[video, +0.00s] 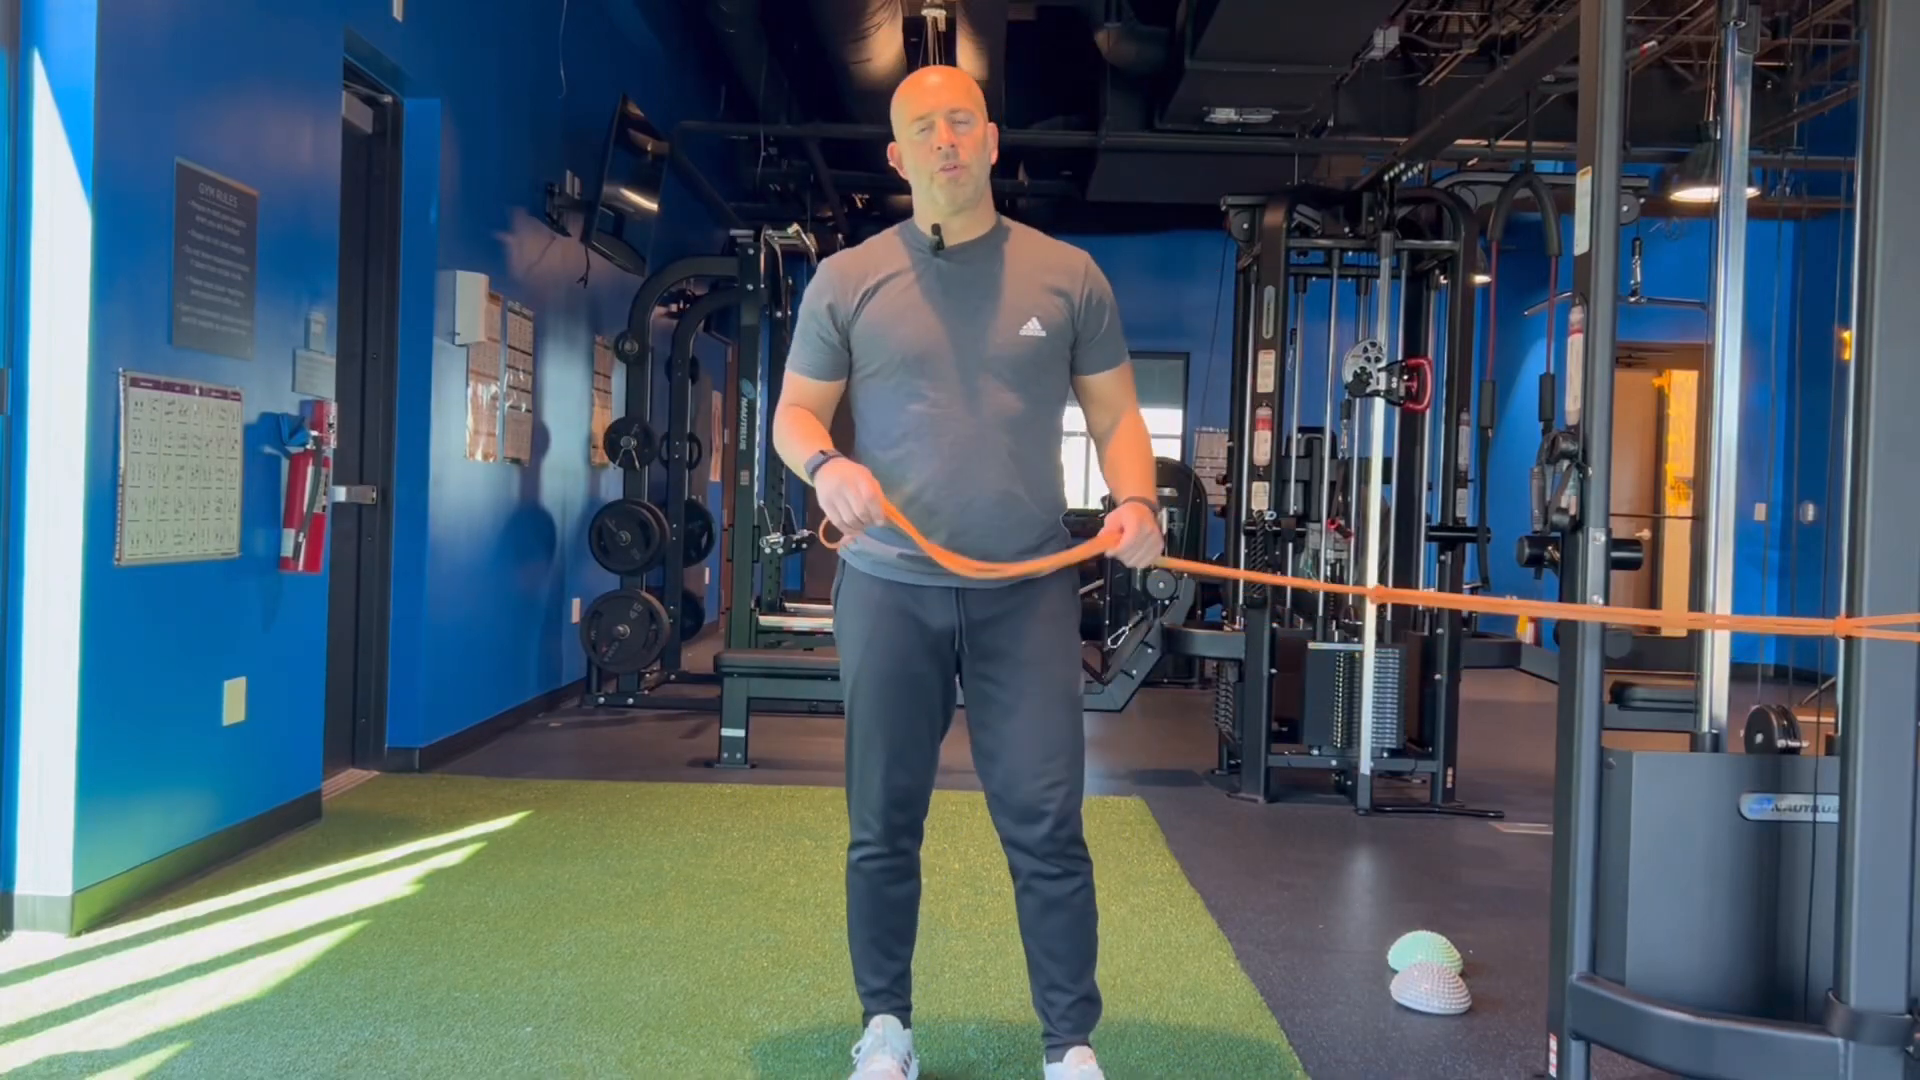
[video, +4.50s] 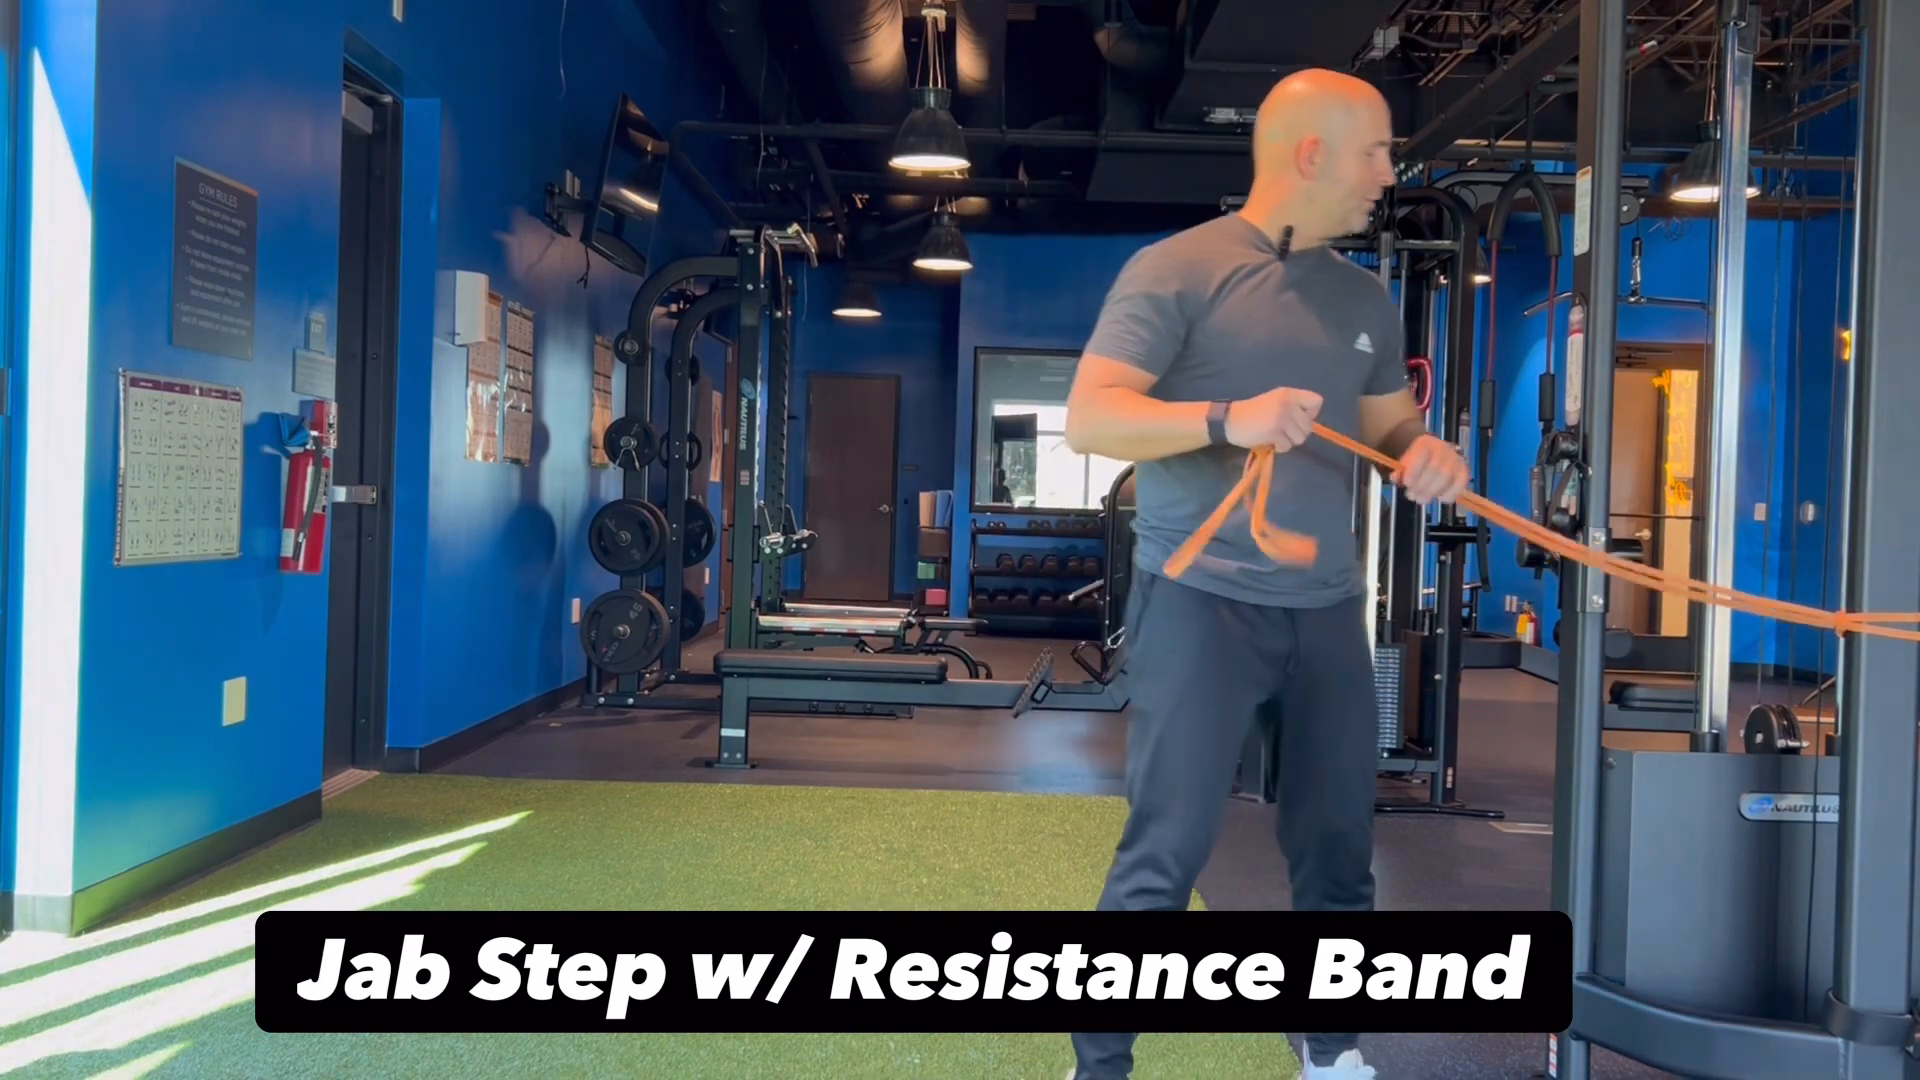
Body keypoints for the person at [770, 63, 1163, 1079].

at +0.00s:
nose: (949, 137)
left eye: (963, 120)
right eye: (926, 124)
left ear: (994, 141)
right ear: (896, 155)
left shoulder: (1068, 277)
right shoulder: (844, 283)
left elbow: (1116, 416)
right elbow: (796, 415)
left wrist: (1137, 500)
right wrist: (825, 464)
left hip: (1030, 592)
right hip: (889, 588)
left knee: (1045, 822)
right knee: (882, 824)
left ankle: (1070, 1041)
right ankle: (884, 1023)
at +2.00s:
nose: (1053, 177)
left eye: (1059, 158)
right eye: (1033, 157)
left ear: (1055, 161)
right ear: (968, 159)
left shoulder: (1088, 279)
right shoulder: (879, 277)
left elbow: (1189, 392)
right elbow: (796, 419)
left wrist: (1213, 350)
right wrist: (861, 446)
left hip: (1061, 593)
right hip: (926, 592)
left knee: (1074, 831)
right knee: (901, 836)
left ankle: (1071, 1044)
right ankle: (883, 1035)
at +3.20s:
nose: (1063, 118)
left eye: (1064, 103)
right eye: (1039, 101)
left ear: (1059, 126)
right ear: (971, 121)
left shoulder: (1074, 270)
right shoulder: (887, 258)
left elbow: (1119, 409)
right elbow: (837, 421)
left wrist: (1198, 481)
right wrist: (984, 435)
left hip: (1058, 581)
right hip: (932, 583)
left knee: (1113, 809)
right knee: (899, 832)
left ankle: (1093, 1038)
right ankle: (869, 1053)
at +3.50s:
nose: (1122, 118)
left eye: (1128, 104)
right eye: (1095, 101)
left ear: (1132, 134)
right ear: (1037, 127)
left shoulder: (1140, 277)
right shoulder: (981, 252)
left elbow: (1179, 412)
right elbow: (973, 422)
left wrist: (1231, 455)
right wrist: (1135, 471)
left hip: (1110, 592)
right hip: (997, 584)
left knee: (1109, 836)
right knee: (955, 831)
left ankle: (1089, 1051)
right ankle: (877, 1045)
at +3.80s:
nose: (1198, 127)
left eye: (1207, 111)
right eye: (1172, 109)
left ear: (1216, 137)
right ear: (1117, 132)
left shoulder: (1215, 282)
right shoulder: (1069, 248)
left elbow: (1229, 420)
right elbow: (1053, 417)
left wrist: (1268, 440)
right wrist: (1209, 475)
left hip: (1170, 578)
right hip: (1071, 563)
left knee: (1152, 822)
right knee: (1105, 810)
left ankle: (1089, 1048)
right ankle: (963, 1019)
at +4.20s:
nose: (1300, 153)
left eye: (1298, 132)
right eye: (1288, 130)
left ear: (1230, 140)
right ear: (1221, 135)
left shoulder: (1262, 284)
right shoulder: (1119, 251)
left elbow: (1272, 440)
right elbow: (1074, 420)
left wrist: (1286, 553)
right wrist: (1253, 448)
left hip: (1245, 589)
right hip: (1134, 588)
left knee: (1304, 815)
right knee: (1128, 851)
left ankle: (1178, 1011)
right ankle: (1089, 1057)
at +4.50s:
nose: (1389, 175)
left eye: (1389, 154)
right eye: (1374, 152)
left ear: (1316, 159)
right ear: (1304, 155)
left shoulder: (1366, 299)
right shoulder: (1177, 270)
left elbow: (1387, 429)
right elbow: (1090, 417)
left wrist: (1421, 451)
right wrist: (1224, 418)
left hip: (1327, 609)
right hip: (1199, 601)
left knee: (1339, 850)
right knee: (1167, 851)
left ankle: (1329, 1051)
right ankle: (1100, 1059)